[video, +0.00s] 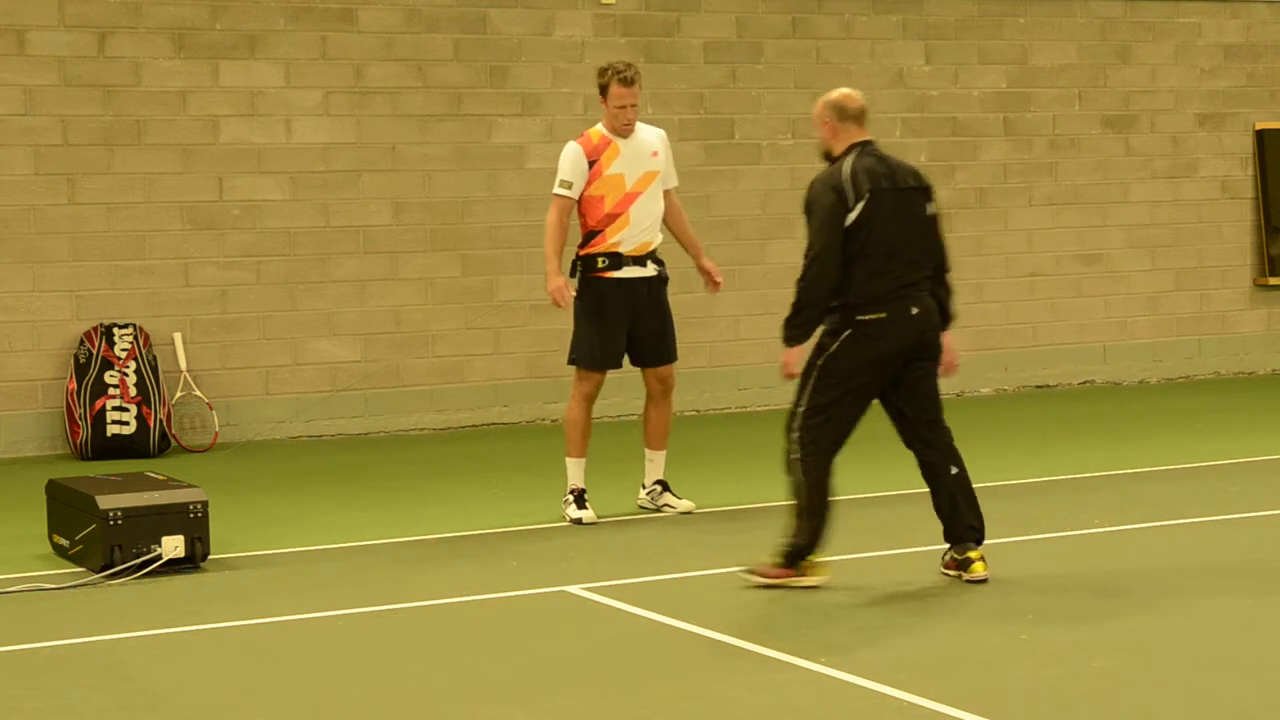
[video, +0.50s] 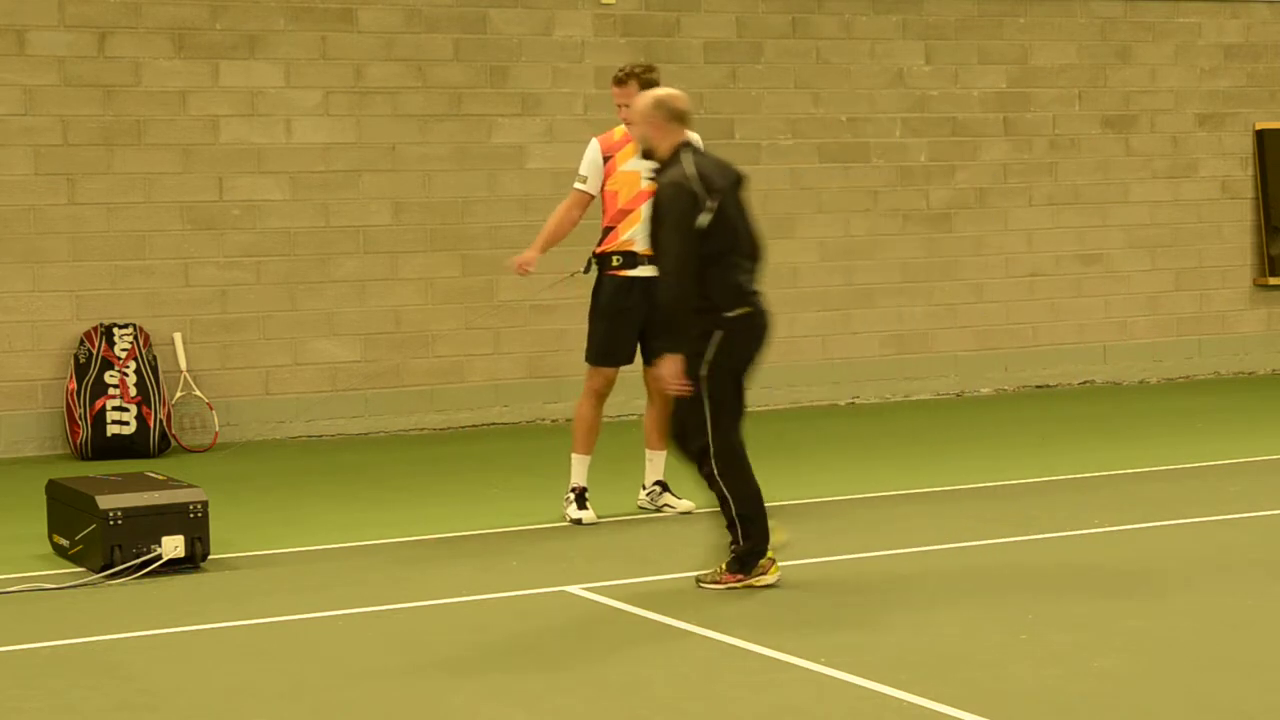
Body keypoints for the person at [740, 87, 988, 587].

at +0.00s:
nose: (815, 136)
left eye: (816, 127)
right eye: (816, 126)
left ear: (829, 126)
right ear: (861, 124)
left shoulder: (831, 183)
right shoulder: (909, 176)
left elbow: (823, 265)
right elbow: (935, 257)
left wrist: (796, 336)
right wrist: (940, 324)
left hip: (860, 330)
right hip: (917, 324)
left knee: (807, 432)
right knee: (931, 437)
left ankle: (799, 556)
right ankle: (967, 549)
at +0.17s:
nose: (764, 149)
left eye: (765, 139)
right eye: (764, 139)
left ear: (777, 139)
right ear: (807, 134)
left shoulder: (788, 199)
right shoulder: (851, 185)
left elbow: (790, 282)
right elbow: (878, 264)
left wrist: (771, 357)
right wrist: (870, 318)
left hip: (819, 345)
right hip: (870, 338)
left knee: (762, 440)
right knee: (901, 436)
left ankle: (755, 559)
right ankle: (960, 540)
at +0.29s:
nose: (712, 148)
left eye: (714, 139)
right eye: (712, 138)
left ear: (732, 138)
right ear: (755, 134)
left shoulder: (740, 200)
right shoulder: (798, 184)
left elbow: (748, 286)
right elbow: (828, 262)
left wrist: (753, 362)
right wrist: (809, 315)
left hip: (772, 340)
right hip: (819, 332)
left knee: (729, 448)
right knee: (831, 432)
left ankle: (753, 560)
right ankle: (913, 513)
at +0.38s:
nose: (681, 140)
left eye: (684, 131)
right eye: (681, 131)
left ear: (702, 133)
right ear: (724, 130)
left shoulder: (711, 194)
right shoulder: (767, 178)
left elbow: (719, 280)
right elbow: (794, 256)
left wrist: (725, 353)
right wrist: (778, 307)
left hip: (748, 335)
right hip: (788, 327)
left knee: (718, 446)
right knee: (770, 431)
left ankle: (752, 561)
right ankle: (858, 506)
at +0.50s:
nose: (633, 135)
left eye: (638, 125)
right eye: (634, 125)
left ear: (663, 127)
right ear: (673, 124)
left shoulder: (677, 186)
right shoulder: (713, 169)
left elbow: (677, 274)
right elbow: (747, 248)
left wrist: (672, 350)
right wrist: (721, 295)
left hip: (721, 324)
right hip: (734, 317)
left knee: (716, 436)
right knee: (689, 430)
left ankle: (751, 558)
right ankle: (749, 532)